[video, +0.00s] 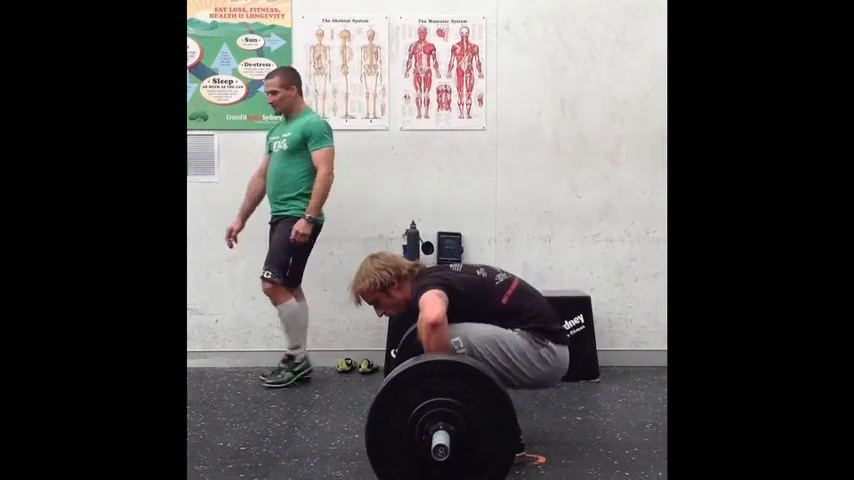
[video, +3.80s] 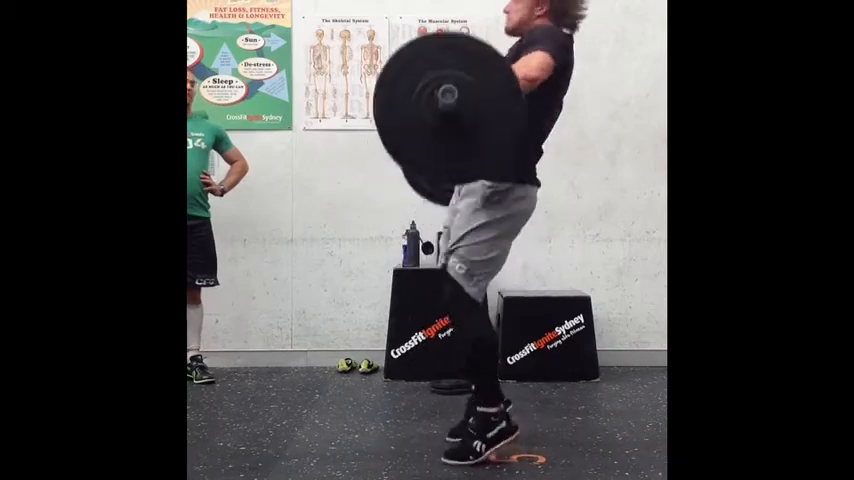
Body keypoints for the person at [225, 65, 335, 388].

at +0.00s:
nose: (269, 100)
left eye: (274, 93)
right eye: (267, 94)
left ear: (294, 91)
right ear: (275, 94)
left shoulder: (315, 125)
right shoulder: (276, 129)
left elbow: (326, 172)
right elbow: (262, 176)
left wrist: (309, 217)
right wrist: (241, 219)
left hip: (300, 218)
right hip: (280, 217)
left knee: (273, 284)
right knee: (291, 288)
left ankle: (297, 359)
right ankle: (299, 362)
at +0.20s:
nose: (268, 98)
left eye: (273, 92)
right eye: (263, 93)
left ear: (288, 92)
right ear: (259, 95)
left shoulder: (301, 129)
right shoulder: (258, 131)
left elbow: (310, 179)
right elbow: (245, 176)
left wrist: (291, 222)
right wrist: (222, 211)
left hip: (283, 222)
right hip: (259, 220)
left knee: (262, 292)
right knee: (271, 292)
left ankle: (261, 363)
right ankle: (296, 359)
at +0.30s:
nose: (266, 96)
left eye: (272, 90)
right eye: (261, 91)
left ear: (285, 91)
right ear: (255, 94)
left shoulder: (295, 129)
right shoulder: (250, 130)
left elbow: (302, 178)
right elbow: (239, 173)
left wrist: (288, 223)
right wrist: (219, 208)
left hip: (275, 220)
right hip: (250, 218)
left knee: (261, 288)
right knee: (241, 286)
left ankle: (262, 362)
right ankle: (287, 349)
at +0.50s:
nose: (258, 94)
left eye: (264, 88)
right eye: (253, 89)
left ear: (274, 90)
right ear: (244, 91)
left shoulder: (287, 129)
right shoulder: (234, 128)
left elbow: (298, 176)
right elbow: (220, 173)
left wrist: (287, 217)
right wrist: (206, 216)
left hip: (266, 220)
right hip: (233, 219)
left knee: (260, 289)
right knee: (209, 282)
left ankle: (261, 363)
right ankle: (248, 339)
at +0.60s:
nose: (253, 94)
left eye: (259, 88)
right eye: (247, 88)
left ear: (268, 91)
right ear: (238, 91)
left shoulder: (281, 129)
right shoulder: (223, 129)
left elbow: (297, 175)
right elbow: (209, 173)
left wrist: (287, 214)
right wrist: (199, 217)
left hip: (261, 221)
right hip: (225, 220)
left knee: (259, 290)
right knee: (205, 284)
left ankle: (259, 363)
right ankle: (221, 349)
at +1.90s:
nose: (206, 94)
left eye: (211, 88)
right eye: (200, 89)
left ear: (218, 93)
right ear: (190, 93)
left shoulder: (237, 129)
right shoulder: (186, 127)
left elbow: (273, 159)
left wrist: (248, 187)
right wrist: (186, 179)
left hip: (219, 221)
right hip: (187, 220)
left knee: (216, 289)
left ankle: (215, 355)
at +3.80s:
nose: (188, 87)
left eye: (191, 83)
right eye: (185, 82)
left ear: (196, 88)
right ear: (181, 87)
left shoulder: (206, 126)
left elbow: (240, 163)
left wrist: (223, 187)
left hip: (195, 217)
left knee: (192, 290)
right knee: (191, 290)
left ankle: (194, 357)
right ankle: (192, 358)